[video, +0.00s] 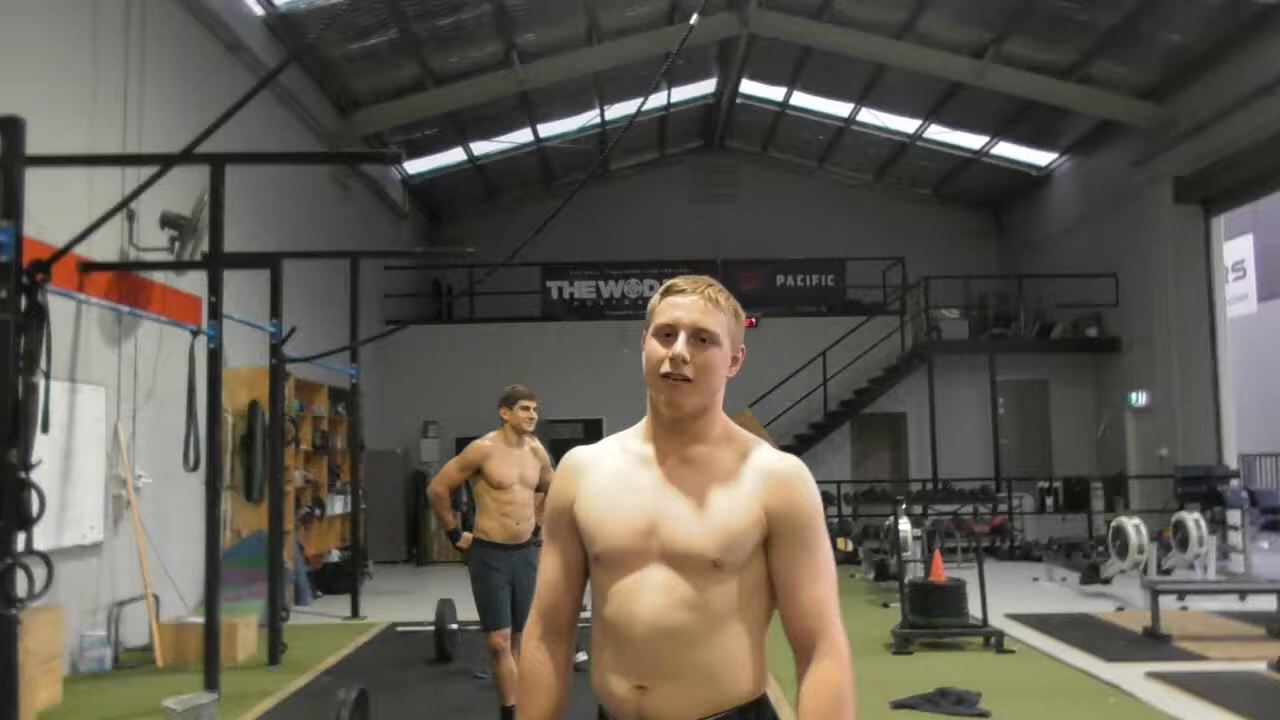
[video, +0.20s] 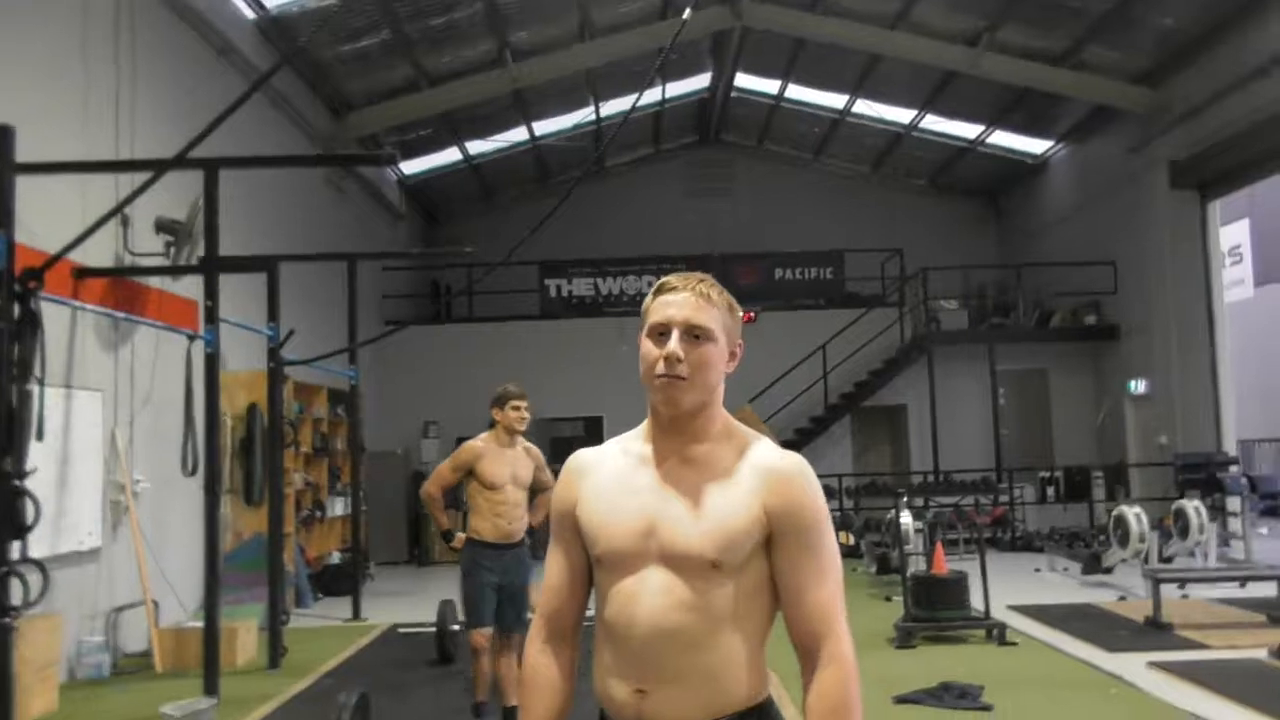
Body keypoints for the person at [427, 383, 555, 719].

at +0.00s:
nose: (532, 415)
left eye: (535, 410)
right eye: (525, 409)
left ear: (535, 415)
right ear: (506, 412)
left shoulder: (538, 452)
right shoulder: (483, 449)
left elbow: (550, 489)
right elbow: (437, 488)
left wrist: (539, 524)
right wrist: (455, 533)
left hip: (527, 552)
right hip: (488, 552)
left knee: (523, 639)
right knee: (500, 642)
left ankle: (525, 705)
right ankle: (509, 709)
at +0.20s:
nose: (524, 415)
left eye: (526, 410)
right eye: (517, 409)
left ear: (528, 415)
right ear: (497, 413)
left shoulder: (531, 453)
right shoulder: (474, 450)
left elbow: (548, 489)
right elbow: (430, 490)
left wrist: (533, 519)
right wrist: (449, 533)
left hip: (517, 551)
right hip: (480, 551)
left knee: (510, 639)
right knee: (481, 640)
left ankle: (511, 710)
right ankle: (481, 707)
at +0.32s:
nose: (486, 424)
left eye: (489, 418)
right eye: (478, 418)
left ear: (491, 423)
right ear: (459, 423)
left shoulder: (495, 462)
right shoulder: (438, 460)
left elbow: (514, 497)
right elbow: (394, 502)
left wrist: (502, 527)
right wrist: (414, 544)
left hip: (485, 563)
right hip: (445, 563)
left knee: (479, 651)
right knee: (435, 656)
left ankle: (483, 715)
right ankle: (422, 712)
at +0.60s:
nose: (430, 411)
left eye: (433, 406)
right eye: (422, 406)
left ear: (438, 412)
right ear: (404, 412)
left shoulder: (445, 452)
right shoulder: (387, 450)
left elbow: (462, 501)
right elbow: (345, 498)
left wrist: (484, 543)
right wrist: (369, 539)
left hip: (442, 556)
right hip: (399, 558)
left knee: (450, 641)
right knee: (389, 646)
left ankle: (464, 711)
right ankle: (376, 712)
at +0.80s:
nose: (393, 389)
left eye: (396, 383)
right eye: (385, 384)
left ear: (402, 388)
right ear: (369, 393)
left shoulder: (417, 430)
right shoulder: (354, 432)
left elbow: (436, 477)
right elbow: (308, 477)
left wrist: (455, 520)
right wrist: (336, 522)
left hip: (415, 535)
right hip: (372, 537)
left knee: (434, 618)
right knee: (369, 626)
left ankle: (454, 693)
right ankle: (364, 703)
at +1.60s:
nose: (391, 367)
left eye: (390, 361)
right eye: (385, 360)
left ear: (371, 363)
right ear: (363, 362)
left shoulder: (390, 406)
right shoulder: (330, 407)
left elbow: (395, 458)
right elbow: (311, 466)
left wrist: (404, 508)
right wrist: (319, 527)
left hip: (390, 512)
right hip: (350, 513)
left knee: (393, 602)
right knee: (354, 606)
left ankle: (397, 683)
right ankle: (357, 684)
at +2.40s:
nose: (344, 380)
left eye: (345, 373)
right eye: (334, 377)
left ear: (351, 375)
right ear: (317, 387)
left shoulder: (371, 417)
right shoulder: (305, 427)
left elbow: (381, 469)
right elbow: (289, 488)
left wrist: (388, 516)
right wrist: (303, 544)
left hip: (372, 523)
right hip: (331, 527)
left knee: (378, 608)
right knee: (334, 614)